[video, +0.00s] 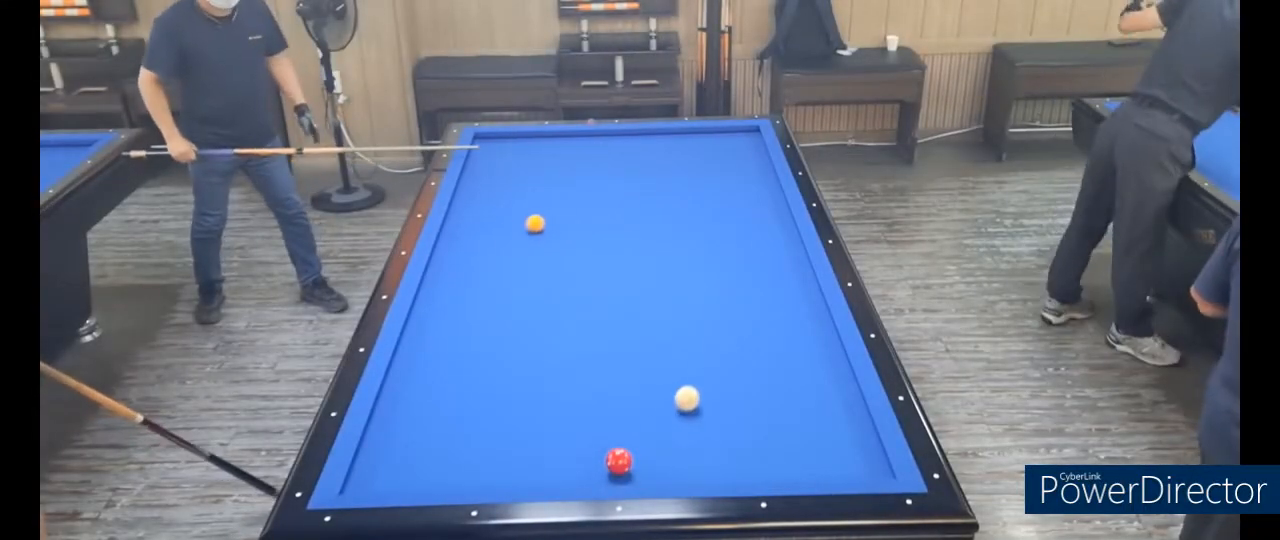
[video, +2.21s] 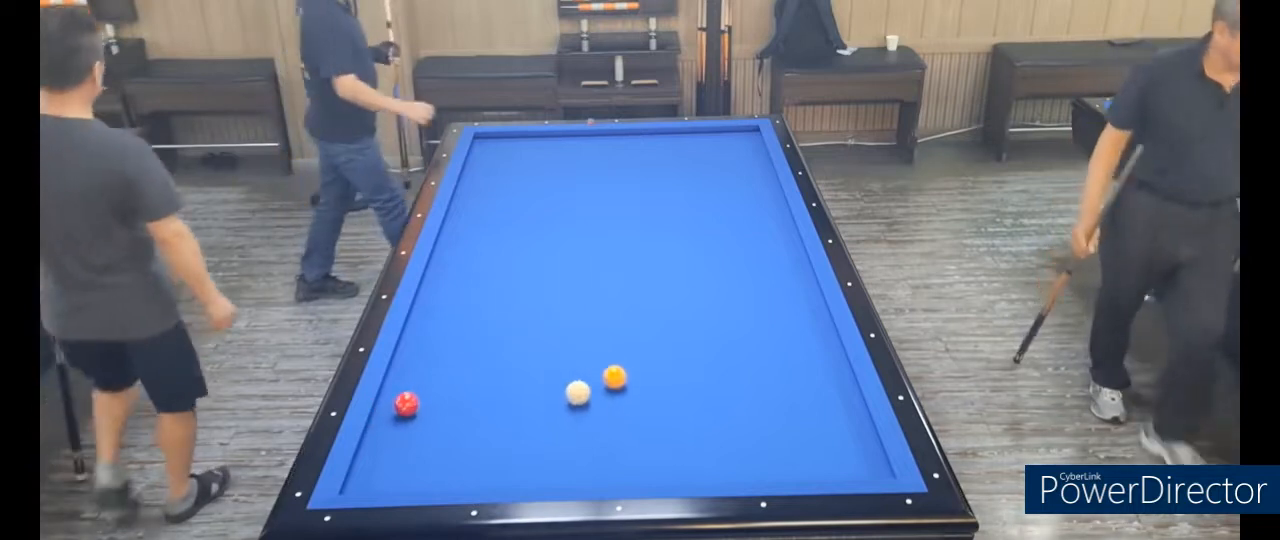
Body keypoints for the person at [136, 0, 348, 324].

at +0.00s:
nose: (226, 2)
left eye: (230, 1)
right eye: (218, 2)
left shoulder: (255, 9)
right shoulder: (172, 23)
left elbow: (278, 57)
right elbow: (148, 81)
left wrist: (300, 106)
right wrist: (173, 137)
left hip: (262, 139)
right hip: (210, 146)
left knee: (292, 209)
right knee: (209, 222)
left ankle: (313, 283)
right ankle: (210, 292)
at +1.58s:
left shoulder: (275, 8)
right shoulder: (207, 20)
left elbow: (291, 57)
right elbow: (186, 80)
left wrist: (317, 88)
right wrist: (226, 129)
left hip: (296, 137)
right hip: (251, 146)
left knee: (319, 203)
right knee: (240, 222)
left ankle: (313, 280)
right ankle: (212, 290)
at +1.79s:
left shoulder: (299, 5)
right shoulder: (237, 15)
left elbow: (312, 42)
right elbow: (230, 80)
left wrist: (337, 59)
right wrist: (278, 123)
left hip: (317, 129)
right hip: (282, 138)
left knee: (324, 209)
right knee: (296, 214)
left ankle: (313, 280)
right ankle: (262, 285)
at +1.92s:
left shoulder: (307, 4)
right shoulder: (257, 11)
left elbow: (318, 39)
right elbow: (257, 80)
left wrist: (349, 52)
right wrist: (312, 116)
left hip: (324, 125)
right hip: (296, 132)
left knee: (324, 206)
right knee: (327, 209)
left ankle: (310, 280)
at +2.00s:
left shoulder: (310, 5)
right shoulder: (267, 12)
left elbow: (322, 42)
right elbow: (271, 80)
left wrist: (355, 50)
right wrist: (329, 113)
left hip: (327, 128)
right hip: (305, 133)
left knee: (320, 208)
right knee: (340, 210)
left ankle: (312, 280)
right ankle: (362, 288)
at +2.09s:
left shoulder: (321, 6)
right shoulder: (290, 11)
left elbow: (326, 48)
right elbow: (298, 84)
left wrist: (361, 48)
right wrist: (356, 110)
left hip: (335, 128)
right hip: (319, 132)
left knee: (323, 206)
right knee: (361, 205)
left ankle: (313, 279)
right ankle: (395, 270)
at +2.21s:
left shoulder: (331, 9)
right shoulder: (326, 15)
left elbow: (337, 55)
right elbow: (345, 86)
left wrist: (374, 53)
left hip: (334, 128)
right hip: (347, 132)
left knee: (333, 204)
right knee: (390, 202)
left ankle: (313, 278)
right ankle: (424, 273)